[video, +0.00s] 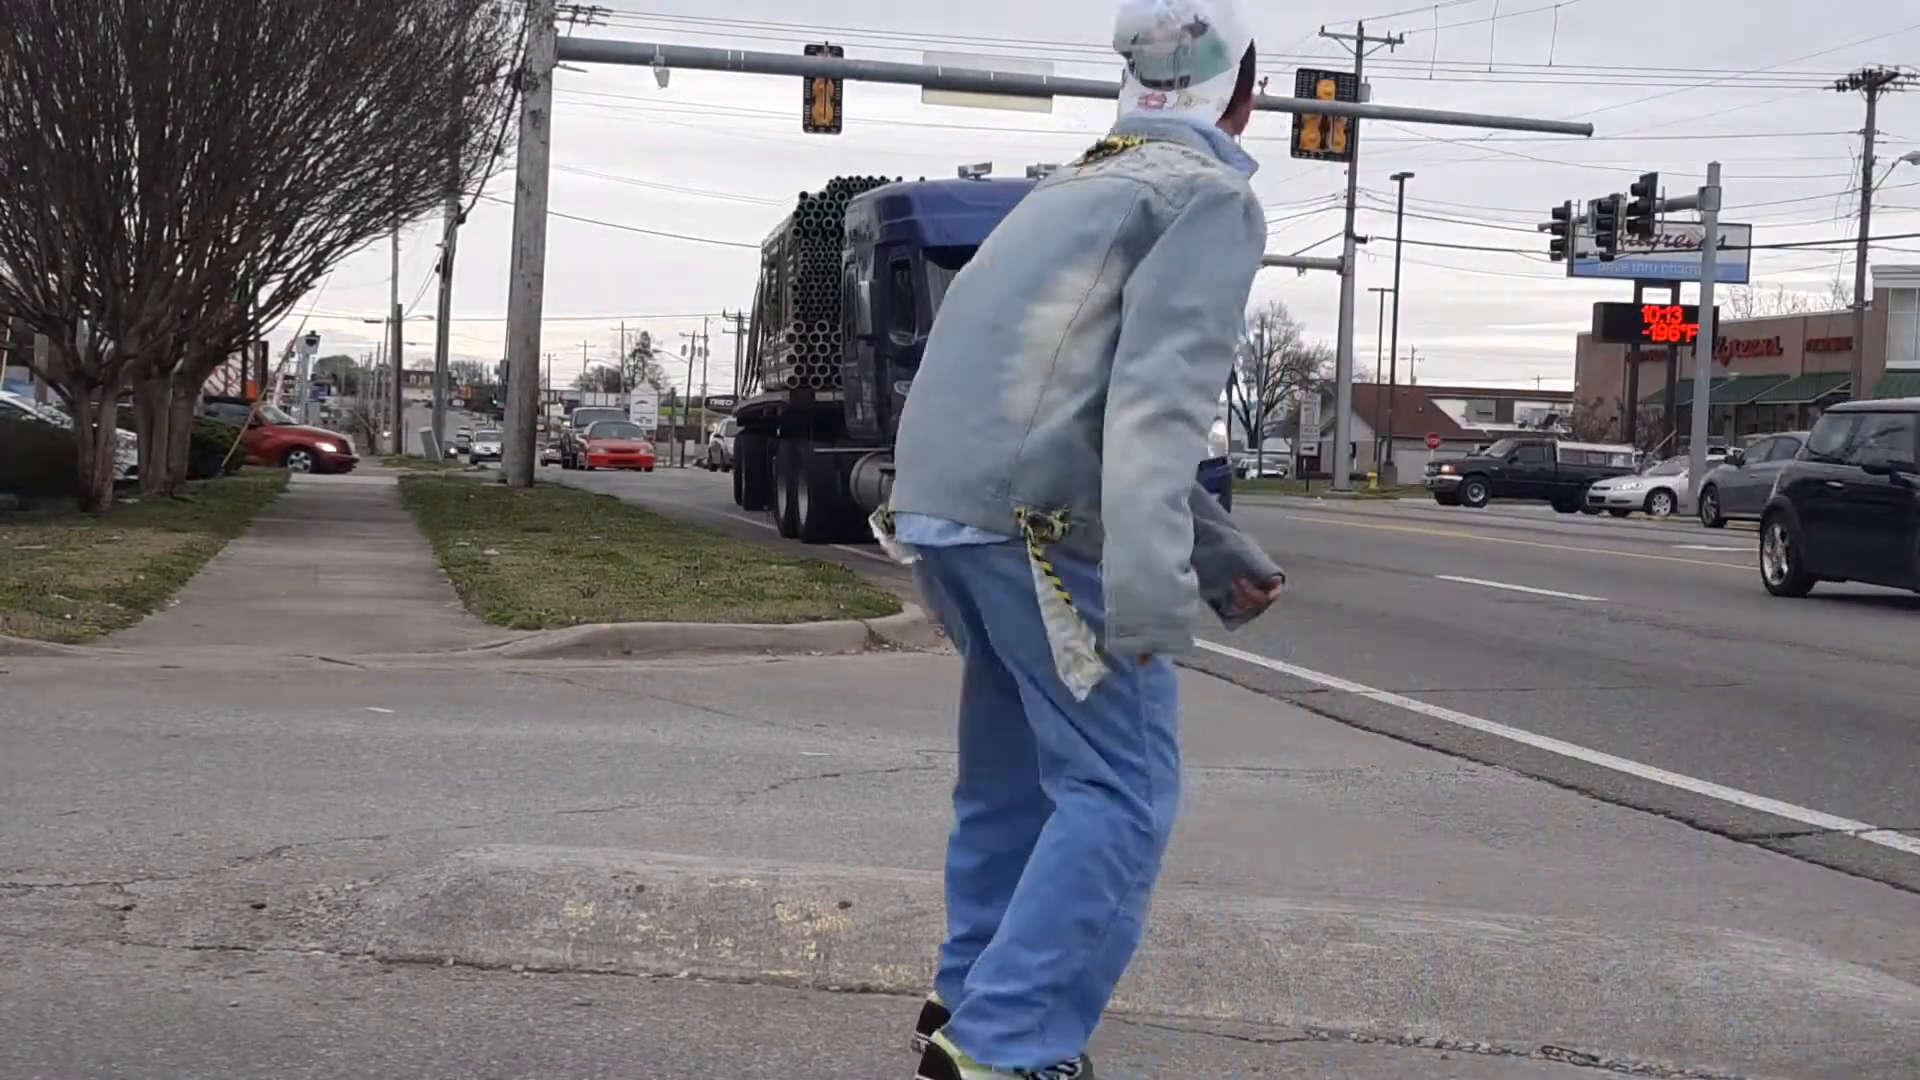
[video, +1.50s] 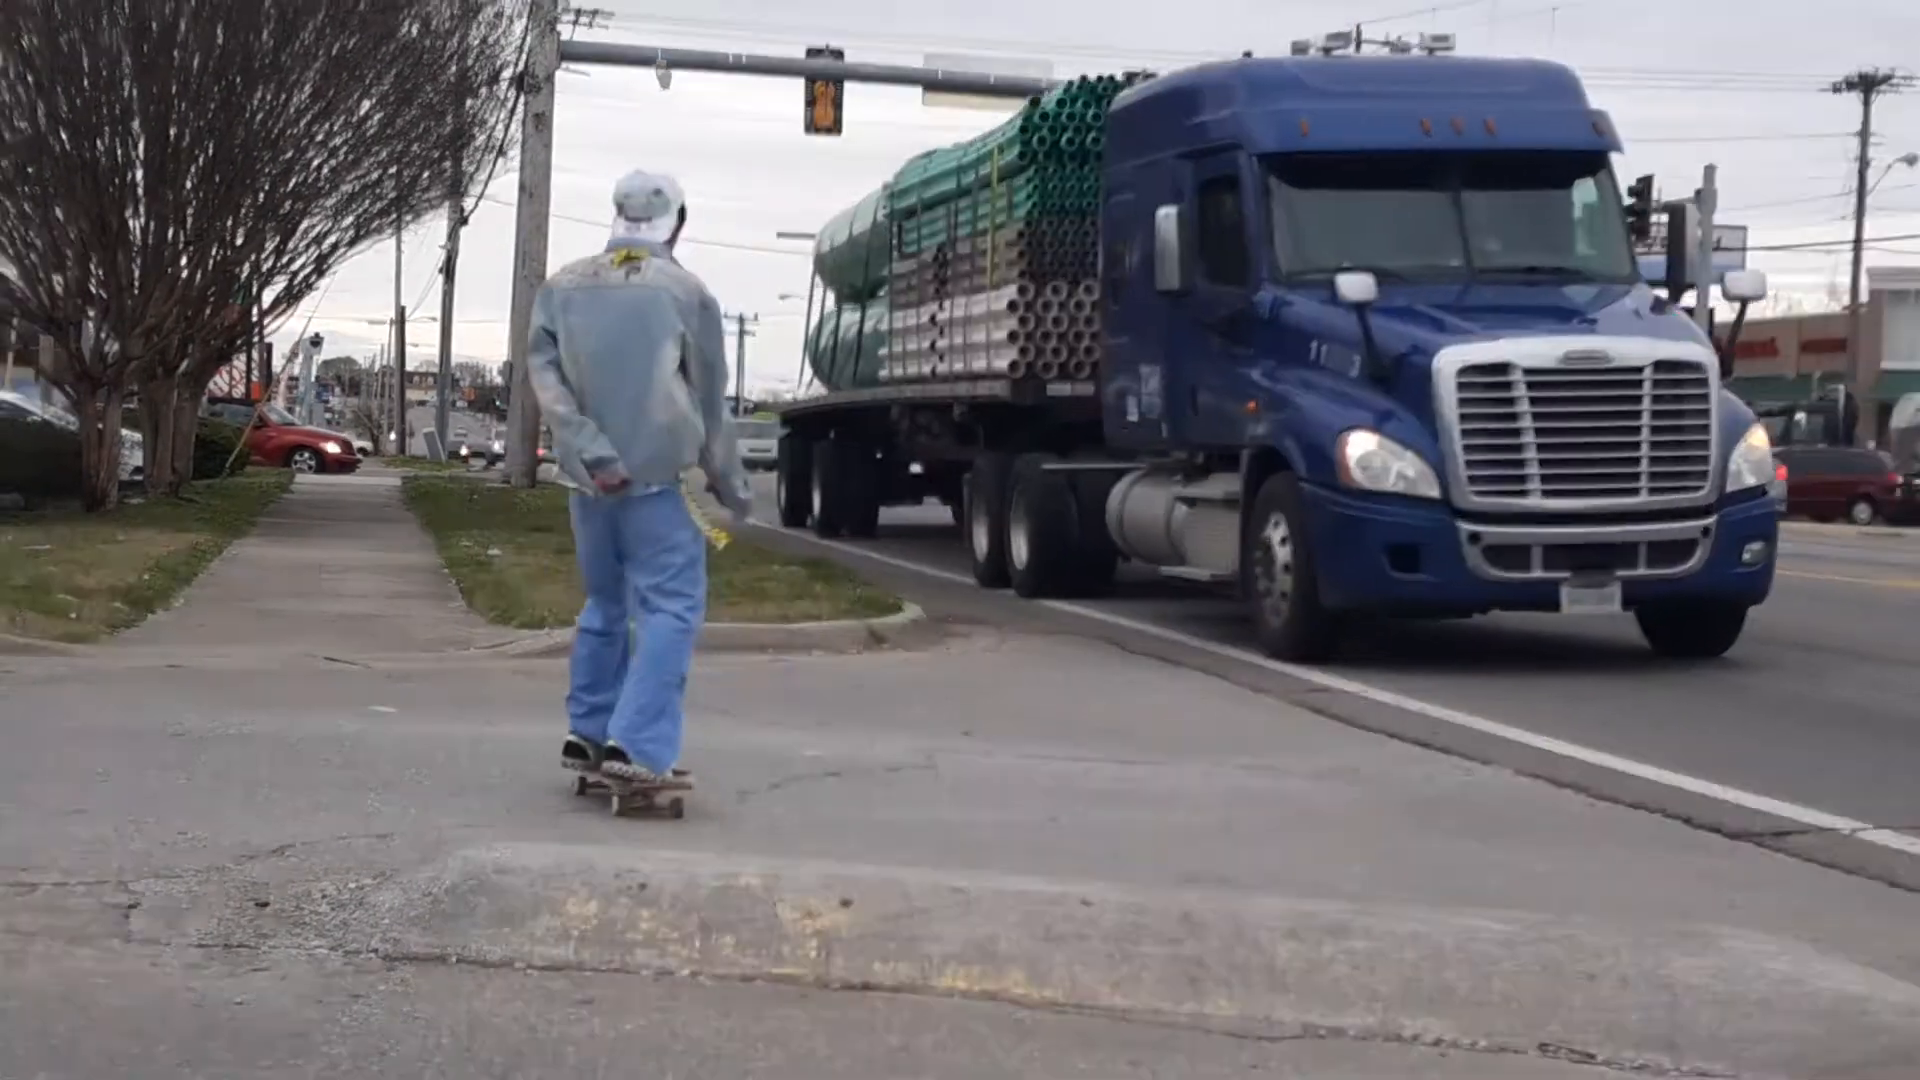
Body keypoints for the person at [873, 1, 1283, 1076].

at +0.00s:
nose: (1256, 118)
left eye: (1255, 100)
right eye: (1256, 99)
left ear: (1136, 91)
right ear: (1241, 95)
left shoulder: (1087, 179)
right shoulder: (1208, 194)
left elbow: (1114, 400)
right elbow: (1162, 399)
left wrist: (1219, 541)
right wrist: (1149, 598)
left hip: (941, 499)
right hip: (1030, 513)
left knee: (1011, 767)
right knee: (1128, 786)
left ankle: (971, 1000)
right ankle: (1004, 1048)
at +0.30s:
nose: (1106, 210)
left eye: (1093, 191)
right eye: (1106, 193)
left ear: (1008, 183)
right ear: (1098, 200)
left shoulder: (923, 273)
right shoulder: (1084, 306)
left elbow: (824, 385)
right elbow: (1228, 432)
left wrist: (753, 421)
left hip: (899, 572)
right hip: (995, 577)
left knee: (998, 751)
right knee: (1094, 768)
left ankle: (959, 934)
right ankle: (1006, 971)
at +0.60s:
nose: (955, 103)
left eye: (943, 92)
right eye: (970, 93)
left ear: (901, 89)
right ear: (979, 97)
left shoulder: (821, 128)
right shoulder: (1007, 162)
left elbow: (725, 80)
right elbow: (1126, 174)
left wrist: (701, 1)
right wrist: (1232, 147)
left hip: (814, 421)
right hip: (909, 426)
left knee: (842, 578)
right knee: (962, 613)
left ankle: (838, 763)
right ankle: (918, 804)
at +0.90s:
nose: (851, 202)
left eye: (815, 186)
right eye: (860, 191)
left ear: (797, 187)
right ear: (869, 196)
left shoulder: (741, 236)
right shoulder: (895, 290)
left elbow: (650, 259)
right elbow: (938, 401)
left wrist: (579, 207)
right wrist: (959, 482)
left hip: (731, 477)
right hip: (812, 488)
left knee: (750, 639)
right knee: (875, 632)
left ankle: (725, 801)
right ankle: (810, 777)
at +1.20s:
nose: (727, 242)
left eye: (705, 227)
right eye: (750, 231)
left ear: (696, 230)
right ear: (763, 235)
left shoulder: (654, 295)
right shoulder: (783, 315)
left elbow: (616, 401)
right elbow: (783, 389)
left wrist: (615, 493)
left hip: (657, 498)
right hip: (740, 506)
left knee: (665, 629)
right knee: (740, 648)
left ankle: (646, 760)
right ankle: (685, 789)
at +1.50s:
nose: (673, 232)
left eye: (665, 221)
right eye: (675, 223)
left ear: (616, 218)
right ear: (673, 225)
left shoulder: (561, 285)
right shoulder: (686, 292)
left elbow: (545, 379)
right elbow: (711, 401)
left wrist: (591, 451)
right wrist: (729, 485)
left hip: (587, 479)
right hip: (655, 478)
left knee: (603, 603)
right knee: (671, 607)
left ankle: (588, 732)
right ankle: (636, 750)